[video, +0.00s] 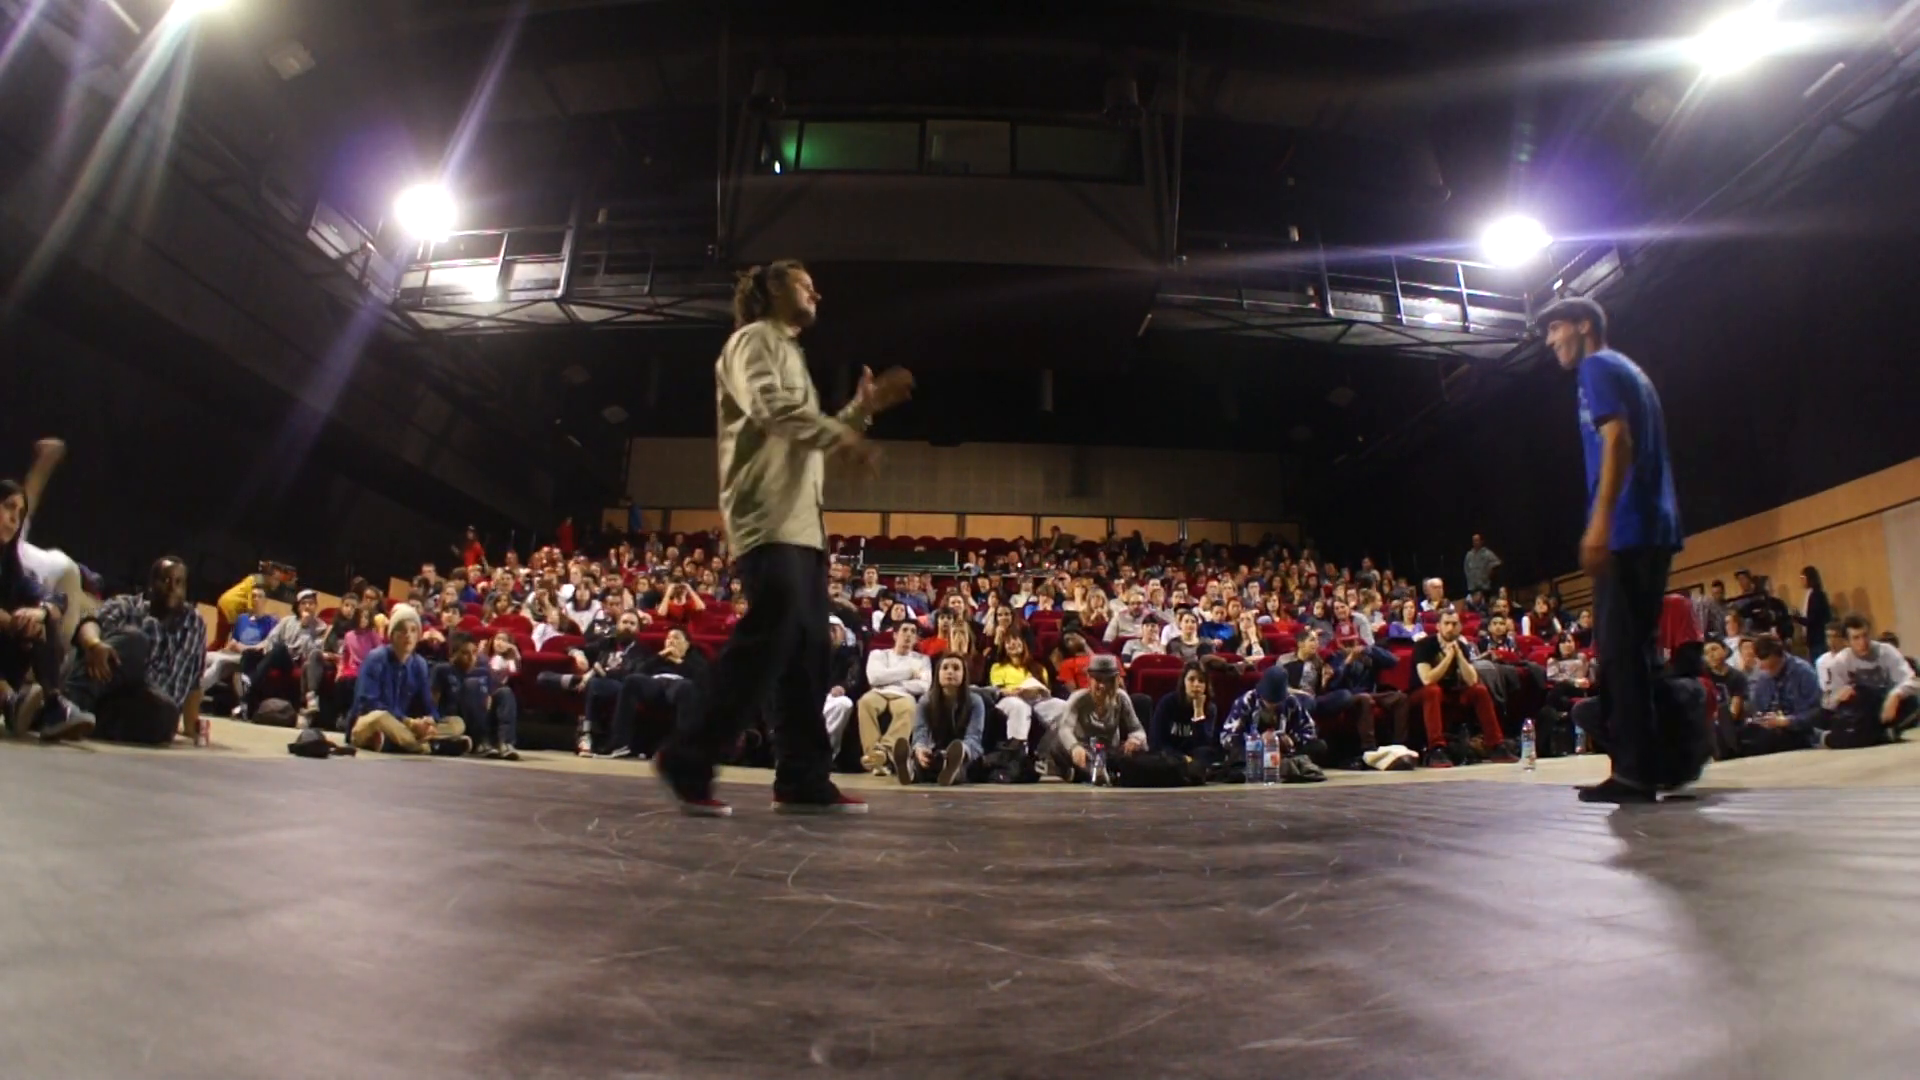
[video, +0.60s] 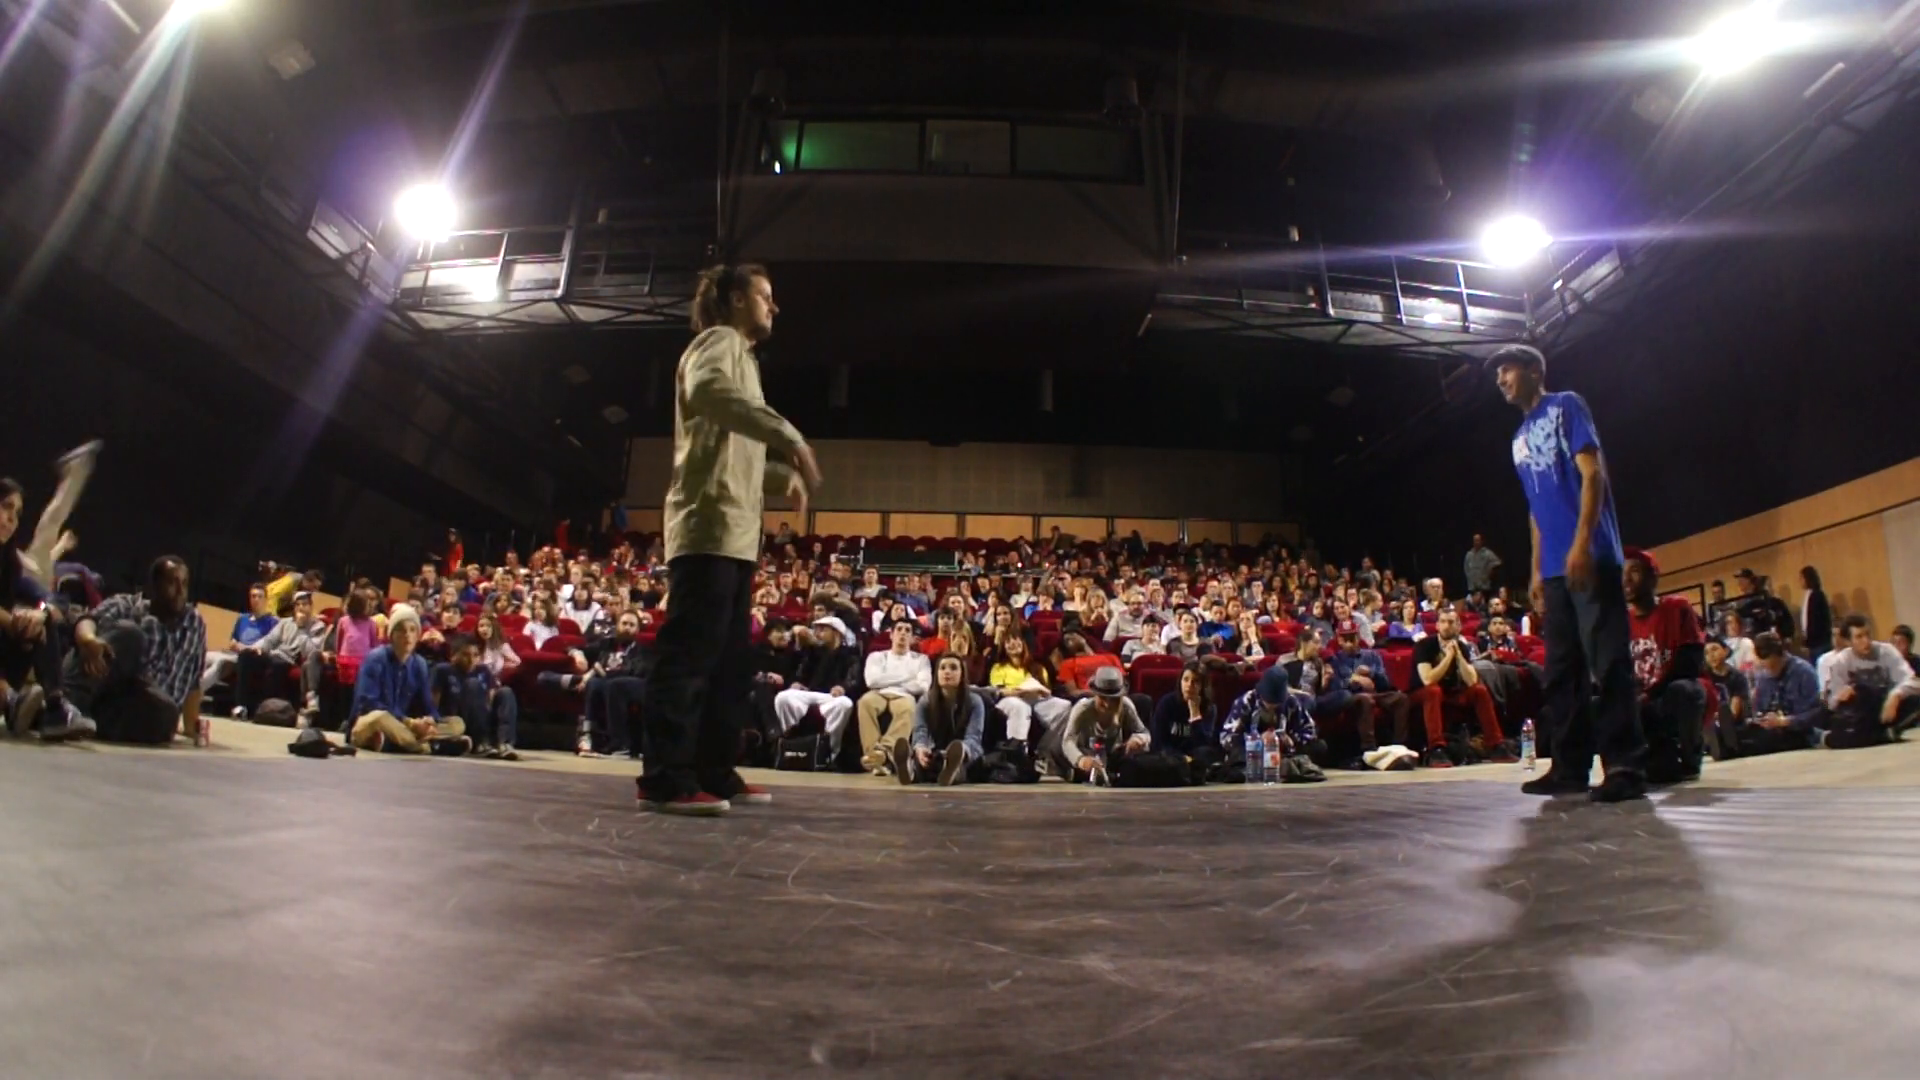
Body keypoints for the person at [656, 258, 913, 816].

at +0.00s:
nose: (815, 295)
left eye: (814, 288)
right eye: (805, 285)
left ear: (791, 297)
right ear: (773, 291)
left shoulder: (791, 356)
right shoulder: (753, 339)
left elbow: (810, 440)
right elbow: (771, 409)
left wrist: (859, 407)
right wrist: (840, 436)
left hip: (801, 521)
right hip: (768, 517)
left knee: (809, 645)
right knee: (775, 630)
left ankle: (803, 778)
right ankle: (687, 760)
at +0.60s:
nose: (774, 307)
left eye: (773, 298)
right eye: (765, 296)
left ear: (740, 304)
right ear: (734, 300)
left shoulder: (741, 360)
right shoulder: (720, 340)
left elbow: (734, 452)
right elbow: (707, 390)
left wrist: (781, 474)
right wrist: (790, 438)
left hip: (735, 531)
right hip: (706, 526)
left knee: (730, 656)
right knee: (688, 652)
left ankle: (713, 771)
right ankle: (665, 779)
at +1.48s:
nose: (771, 315)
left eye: (771, 308)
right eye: (762, 305)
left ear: (757, 315)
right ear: (728, 307)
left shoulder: (771, 382)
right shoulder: (690, 359)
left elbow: (815, 418)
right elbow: (656, 420)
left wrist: (843, 402)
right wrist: (712, 465)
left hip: (747, 538)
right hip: (686, 531)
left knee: (726, 658)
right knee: (673, 652)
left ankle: (707, 771)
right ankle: (653, 777)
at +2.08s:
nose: (760, 295)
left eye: (760, 287)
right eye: (752, 284)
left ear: (730, 288)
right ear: (719, 283)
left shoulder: (730, 355)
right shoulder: (685, 320)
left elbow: (768, 432)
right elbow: (665, 343)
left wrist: (827, 476)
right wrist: (750, 398)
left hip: (718, 510)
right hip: (673, 504)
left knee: (771, 623)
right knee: (664, 635)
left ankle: (757, 734)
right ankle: (613, 769)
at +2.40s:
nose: (732, 285)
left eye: (732, 276)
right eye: (726, 274)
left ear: (687, 274)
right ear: (700, 272)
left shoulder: (686, 335)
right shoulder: (673, 313)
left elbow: (679, 430)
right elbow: (759, 307)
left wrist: (736, 447)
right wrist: (782, 327)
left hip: (687, 493)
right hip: (655, 492)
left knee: (777, 539)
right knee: (664, 626)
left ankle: (766, 668)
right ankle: (608, 764)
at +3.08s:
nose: (736, 318)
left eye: (739, 308)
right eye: (735, 304)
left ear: (710, 295)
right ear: (710, 289)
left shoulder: (678, 343)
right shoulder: (678, 322)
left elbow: (699, 445)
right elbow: (701, 370)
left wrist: (764, 473)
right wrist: (782, 427)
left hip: (674, 509)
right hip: (654, 505)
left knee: (732, 603)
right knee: (630, 639)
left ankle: (712, 731)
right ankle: (591, 774)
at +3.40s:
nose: (768, 331)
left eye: (771, 323)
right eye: (763, 319)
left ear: (743, 317)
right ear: (736, 310)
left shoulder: (731, 360)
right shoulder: (715, 347)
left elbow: (735, 418)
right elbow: (673, 414)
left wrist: (792, 417)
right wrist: (710, 490)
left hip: (691, 524)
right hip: (674, 521)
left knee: (674, 652)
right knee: (650, 649)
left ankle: (687, 775)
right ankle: (594, 773)